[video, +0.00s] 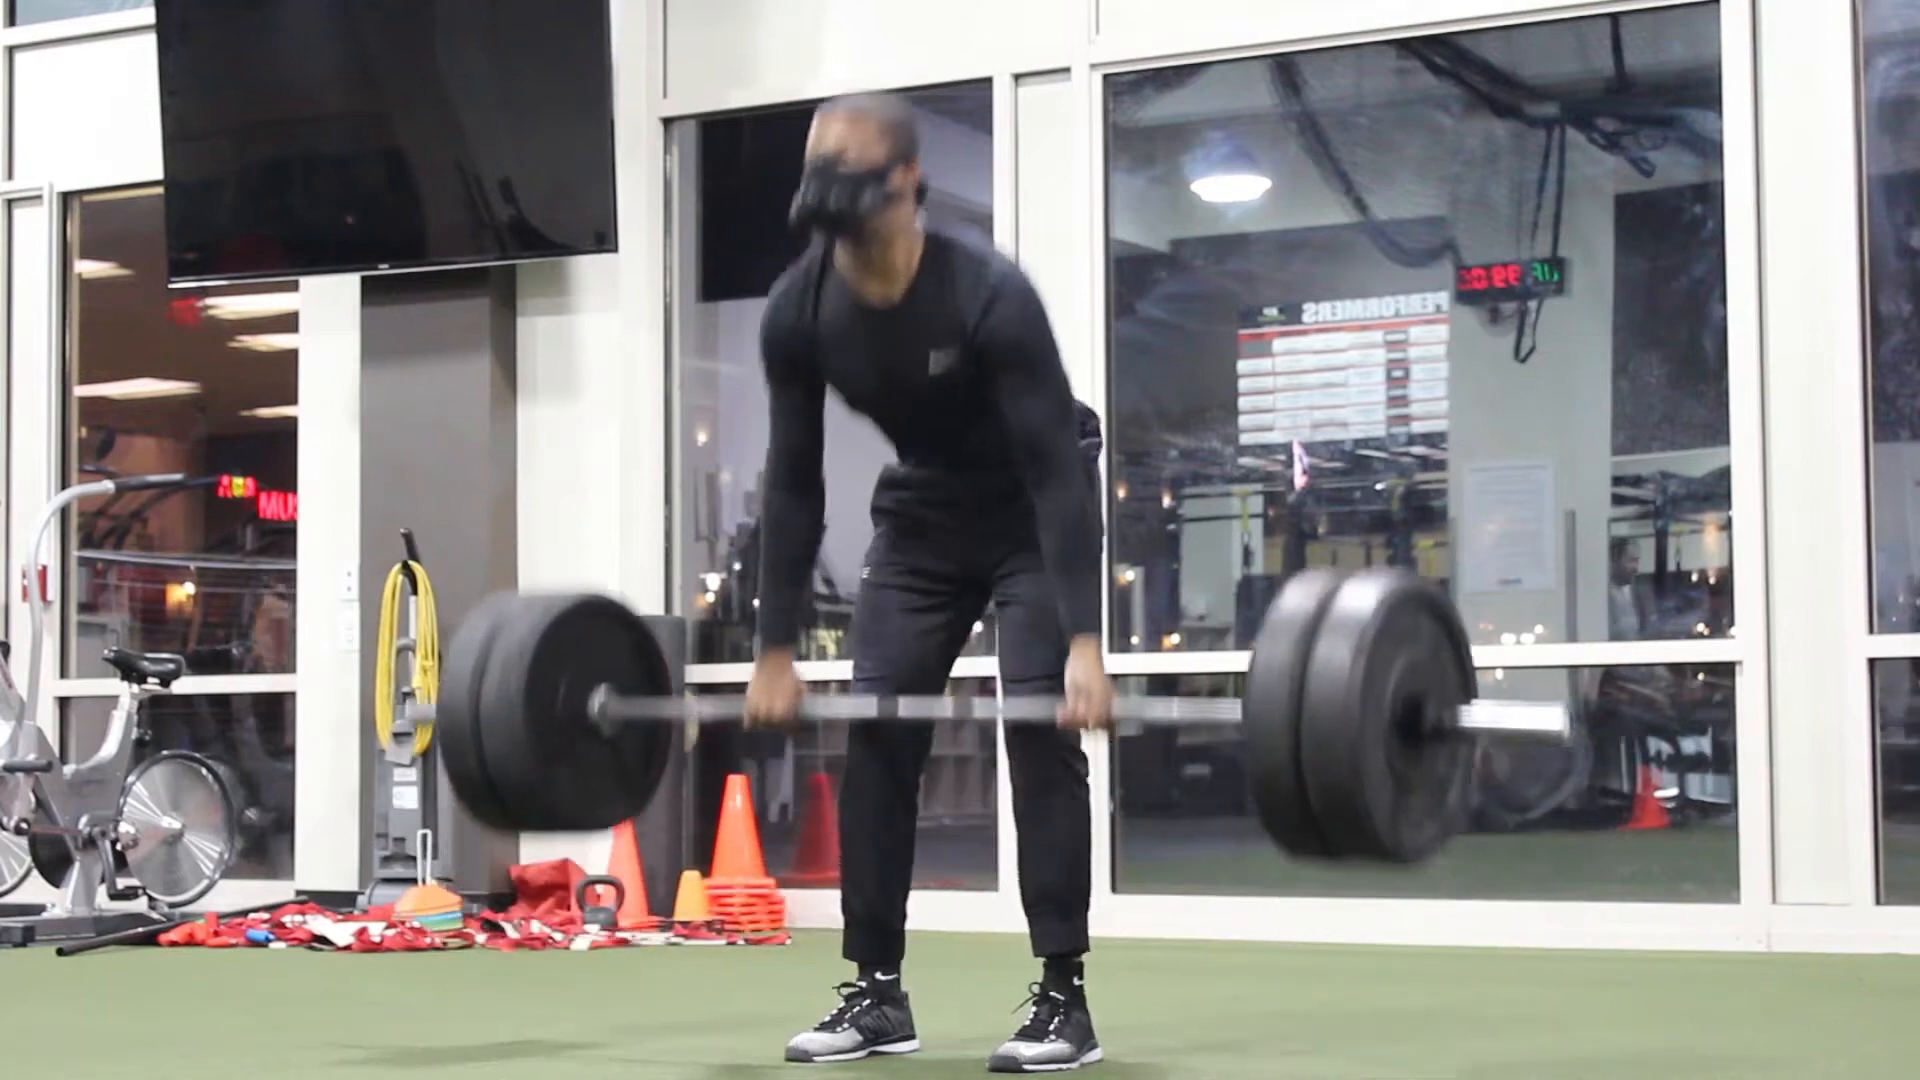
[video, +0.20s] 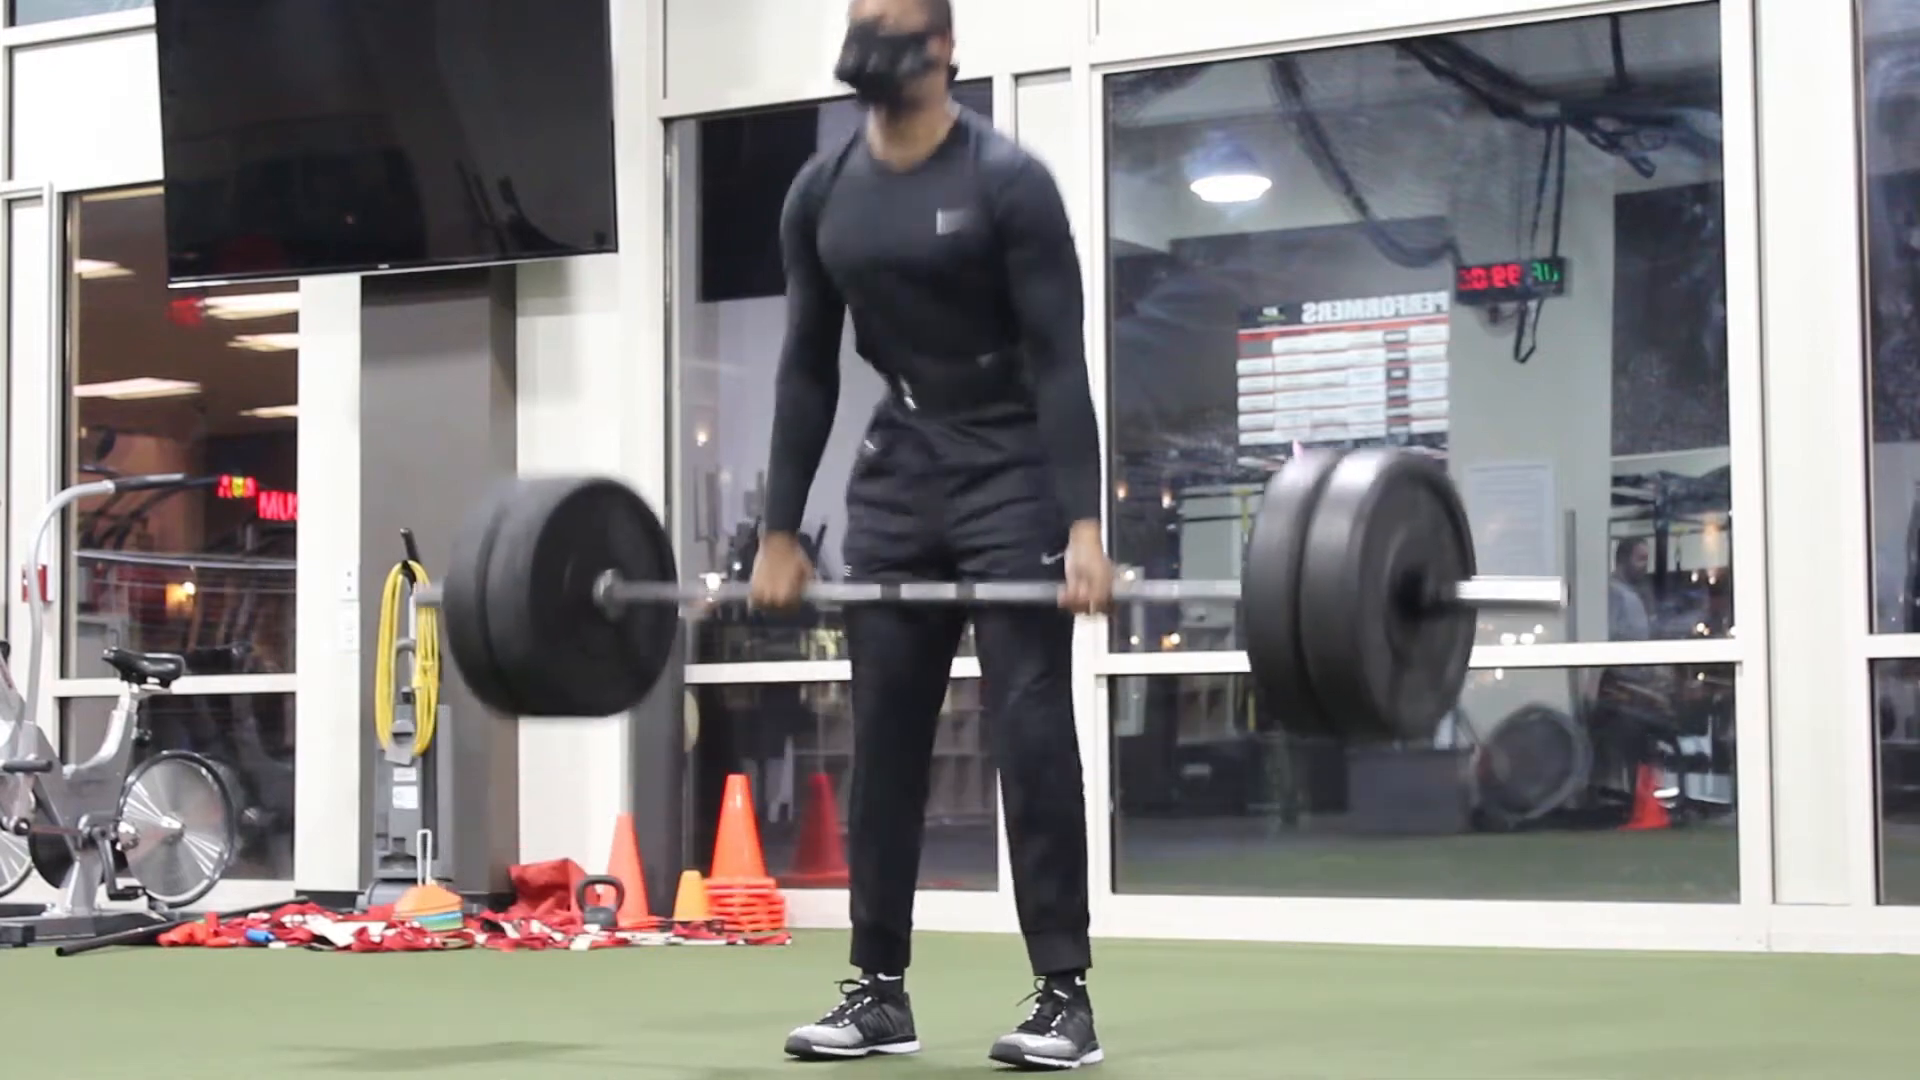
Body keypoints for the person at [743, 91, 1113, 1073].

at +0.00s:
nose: (822, 192)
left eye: (845, 175)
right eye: (813, 174)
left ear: (907, 179)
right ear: (804, 178)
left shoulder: (990, 294)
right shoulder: (798, 311)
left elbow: (1057, 464)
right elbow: (792, 478)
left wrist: (1084, 642)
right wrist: (777, 645)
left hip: (1040, 502)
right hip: (923, 506)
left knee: (1038, 726)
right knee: (878, 724)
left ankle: (1061, 999)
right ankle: (877, 993)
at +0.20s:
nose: (873, 30)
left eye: (896, 17)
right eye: (862, 18)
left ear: (946, 46)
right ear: (846, 51)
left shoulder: (1011, 181)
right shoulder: (820, 193)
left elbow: (1060, 359)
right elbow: (807, 367)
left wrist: (1085, 520)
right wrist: (781, 525)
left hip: (1016, 467)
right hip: (898, 465)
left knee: (1031, 734)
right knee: (885, 734)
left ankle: (1062, 997)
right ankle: (879, 993)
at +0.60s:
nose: (850, 145)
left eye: (871, 129)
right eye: (840, 127)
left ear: (927, 133)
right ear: (829, 134)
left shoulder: (1002, 261)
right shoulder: (813, 273)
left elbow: (1050, 448)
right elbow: (793, 448)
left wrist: (1071, 621)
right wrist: (766, 618)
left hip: (1040, 496)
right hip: (926, 504)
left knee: (1044, 717)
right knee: (877, 716)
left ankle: (1064, 998)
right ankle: (874, 994)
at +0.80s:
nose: (814, 291)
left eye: (838, 274)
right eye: (806, 273)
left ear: (899, 285)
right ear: (793, 279)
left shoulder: (987, 390)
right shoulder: (797, 417)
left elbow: (1050, 581)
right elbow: (783, 589)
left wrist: (1070, 762)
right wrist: (756, 763)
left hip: (1052, 533)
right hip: (936, 548)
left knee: (1031, 729)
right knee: (841, 729)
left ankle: (1062, 1000)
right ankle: (873, 996)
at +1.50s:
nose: (835, 149)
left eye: (857, 132)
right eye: (827, 131)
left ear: (918, 141)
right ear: (820, 143)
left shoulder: (999, 262)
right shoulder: (805, 276)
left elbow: (1063, 432)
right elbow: (795, 443)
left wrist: (1086, 603)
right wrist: (780, 608)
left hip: (1035, 502)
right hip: (919, 505)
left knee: (1038, 711)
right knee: (889, 711)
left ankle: (1063, 994)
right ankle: (876, 990)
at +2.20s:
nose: (831, 249)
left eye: (854, 234)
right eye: (825, 232)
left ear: (917, 246)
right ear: (814, 241)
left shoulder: (1004, 358)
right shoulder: (814, 380)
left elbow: (1062, 541)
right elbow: (798, 560)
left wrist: (1084, 713)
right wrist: (774, 725)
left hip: (1051, 538)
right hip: (940, 546)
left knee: (1052, 737)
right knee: (855, 727)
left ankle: (1064, 1001)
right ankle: (872, 994)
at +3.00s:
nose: (856, 108)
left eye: (877, 90)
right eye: (844, 91)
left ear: (931, 98)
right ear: (832, 103)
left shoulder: (1007, 220)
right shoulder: (816, 240)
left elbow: (1073, 387)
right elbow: (808, 408)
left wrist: (1098, 548)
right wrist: (790, 566)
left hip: (1035, 482)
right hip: (921, 483)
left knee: (1046, 727)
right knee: (900, 731)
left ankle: (1070, 996)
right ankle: (878, 991)